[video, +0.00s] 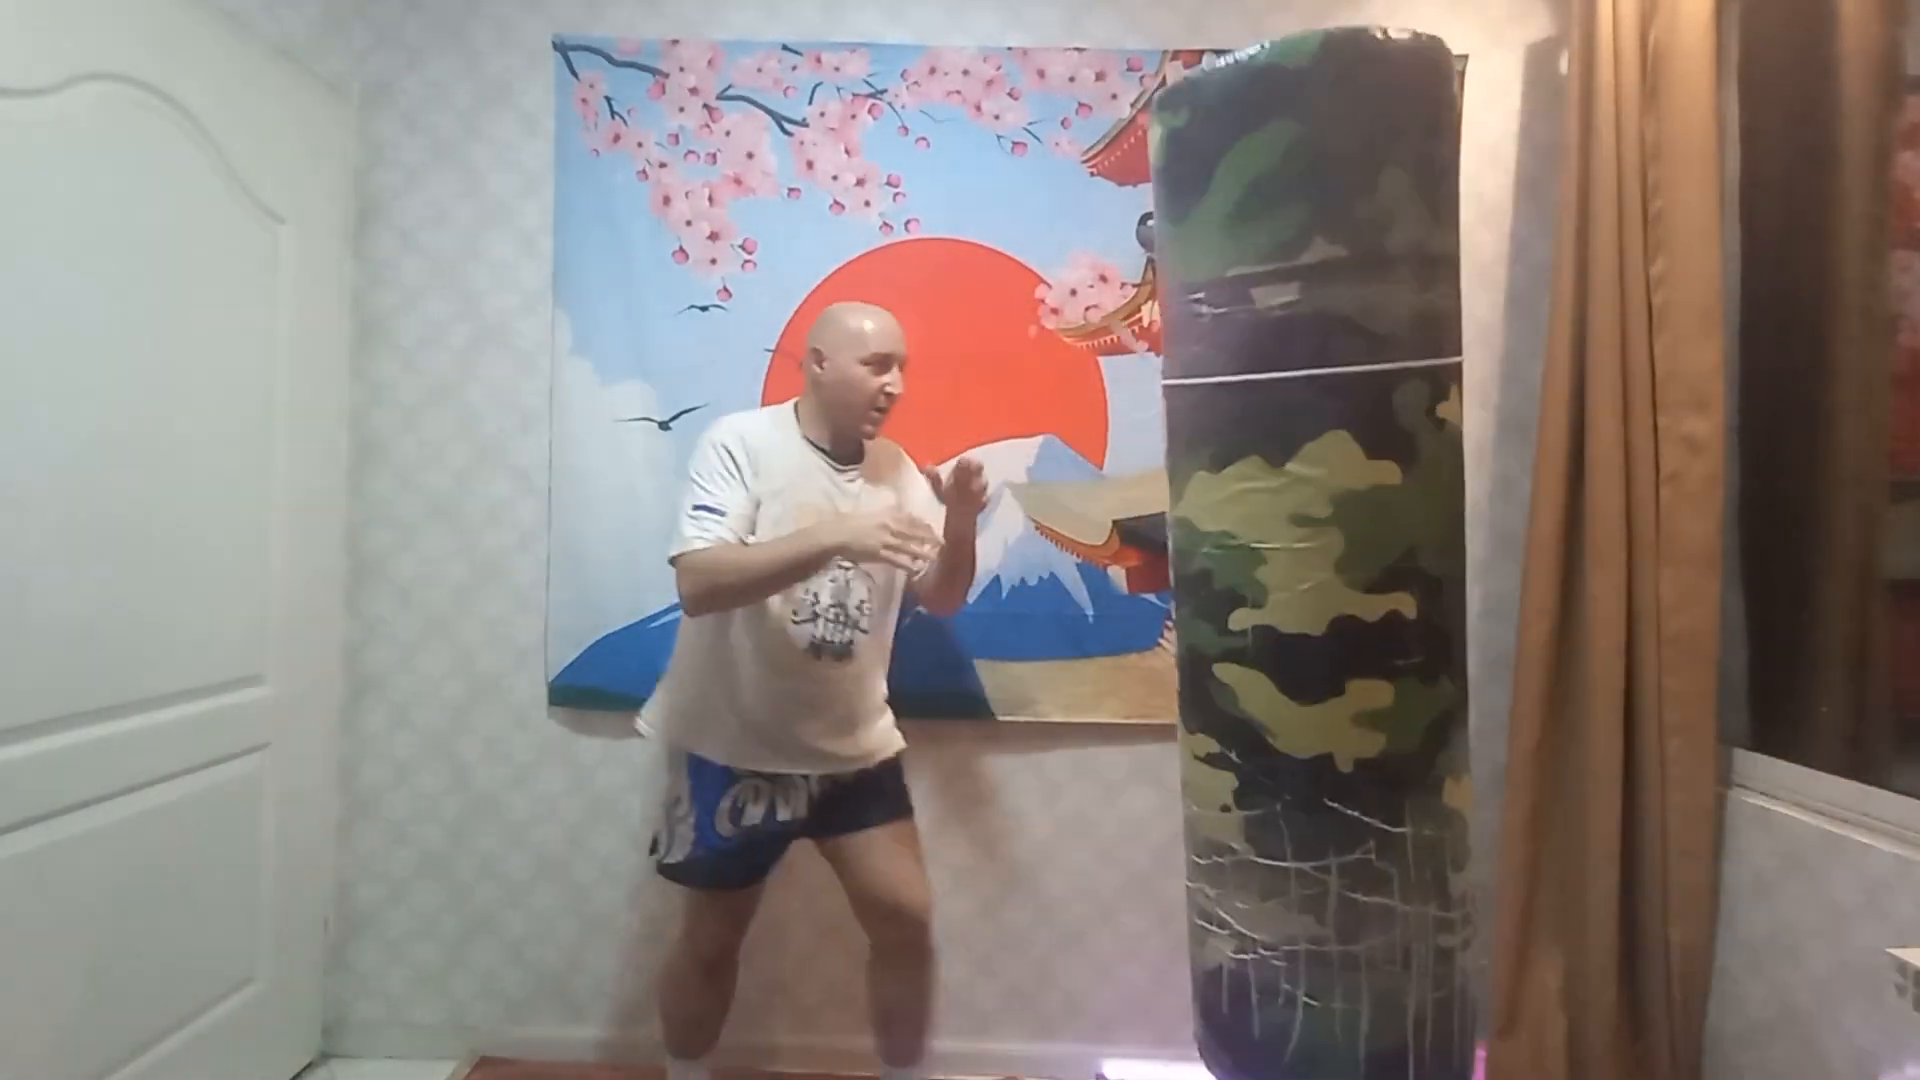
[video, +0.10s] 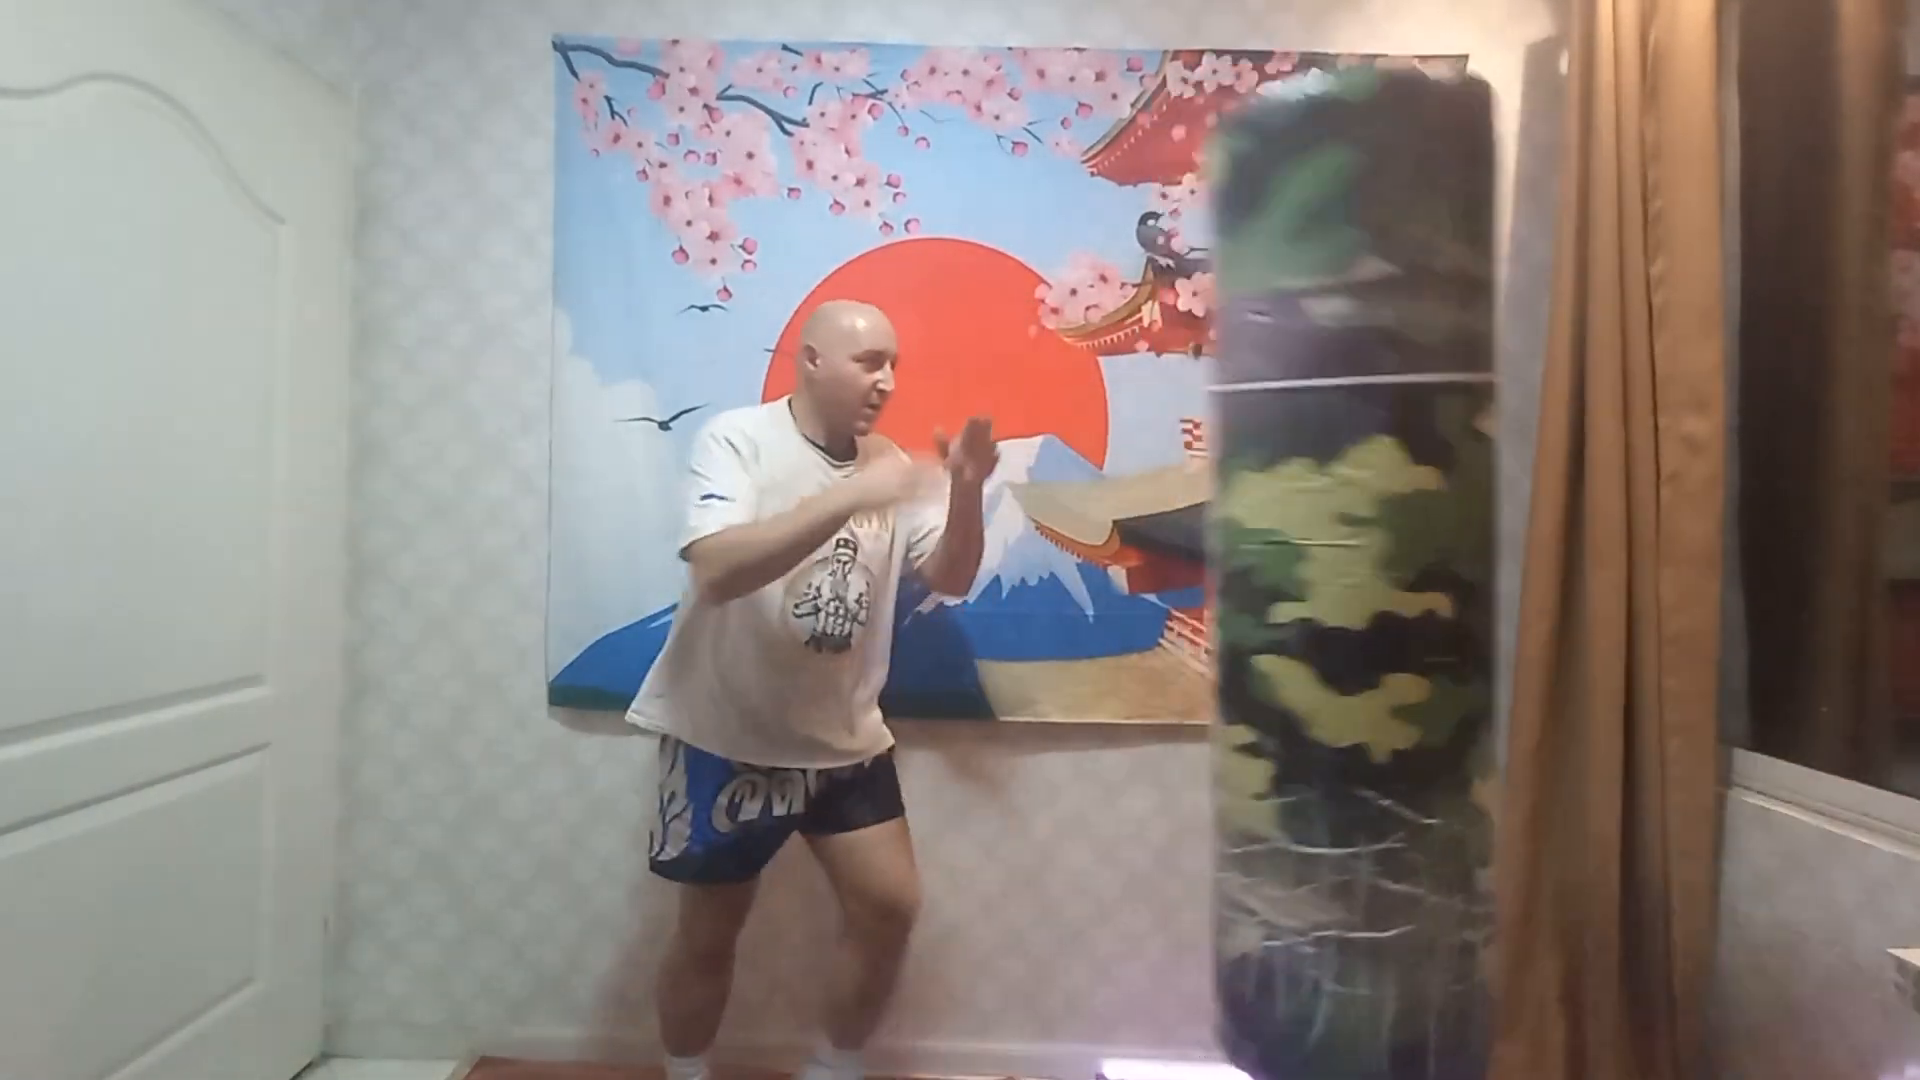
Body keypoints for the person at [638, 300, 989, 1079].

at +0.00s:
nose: (893, 385)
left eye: (899, 368)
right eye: (875, 365)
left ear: (900, 375)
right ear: (815, 364)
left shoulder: (899, 474)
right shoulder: (738, 443)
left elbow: (943, 598)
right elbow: (698, 583)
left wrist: (960, 520)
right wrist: (840, 535)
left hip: (856, 744)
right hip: (734, 745)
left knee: (906, 917)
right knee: (710, 945)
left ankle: (905, 1075)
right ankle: (685, 1073)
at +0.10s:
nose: (886, 382)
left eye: (892, 365)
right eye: (868, 362)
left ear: (892, 374)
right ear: (809, 361)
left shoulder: (895, 471)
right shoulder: (733, 439)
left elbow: (953, 580)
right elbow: (715, 571)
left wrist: (966, 490)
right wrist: (855, 493)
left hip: (847, 735)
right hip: (728, 733)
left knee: (890, 904)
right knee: (707, 937)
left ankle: (837, 1066)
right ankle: (686, 1072)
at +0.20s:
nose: (885, 384)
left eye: (891, 368)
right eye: (868, 366)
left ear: (892, 379)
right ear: (809, 363)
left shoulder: (888, 464)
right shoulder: (745, 442)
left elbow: (958, 552)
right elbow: (772, 549)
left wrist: (967, 452)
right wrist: (888, 437)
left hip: (852, 740)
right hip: (738, 739)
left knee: (863, 915)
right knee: (721, 938)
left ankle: (797, 1069)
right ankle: (684, 1072)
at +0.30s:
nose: (887, 384)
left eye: (892, 368)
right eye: (869, 364)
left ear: (893, 379)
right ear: (812, 364)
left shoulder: (880, 454)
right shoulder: (752, 436)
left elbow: (953, 541)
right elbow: (813, 526)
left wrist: (954, 446)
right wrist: (896, 408)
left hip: (859, 727)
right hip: (762, 727)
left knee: (847, 924)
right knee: (834, 916)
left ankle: (798, 1067)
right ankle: (712, 1035)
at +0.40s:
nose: (890, 384)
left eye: (895, 368)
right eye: (873, 366)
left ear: (896, 377)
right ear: (817, 365)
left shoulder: (880, 454)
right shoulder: (753, 430)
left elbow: (939, 545)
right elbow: (810, 528)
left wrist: (933, 443)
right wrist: (899, 416)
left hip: (841, 689)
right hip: (756, 682)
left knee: (834, 911)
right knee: (930, 774)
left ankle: (793, 1060)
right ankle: (841, 983)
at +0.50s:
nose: (889, 389)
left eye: (893, 375)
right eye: (873, 372)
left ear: (892, 385)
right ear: (817, 367)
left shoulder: (873, 451)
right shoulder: (751, 430)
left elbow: (928, 561)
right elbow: (792, 547)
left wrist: (921, 453)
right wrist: (894, 436)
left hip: (836, 654)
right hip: (751, 654)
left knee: (837, 895)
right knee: (939, 670)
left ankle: (789, 1071)